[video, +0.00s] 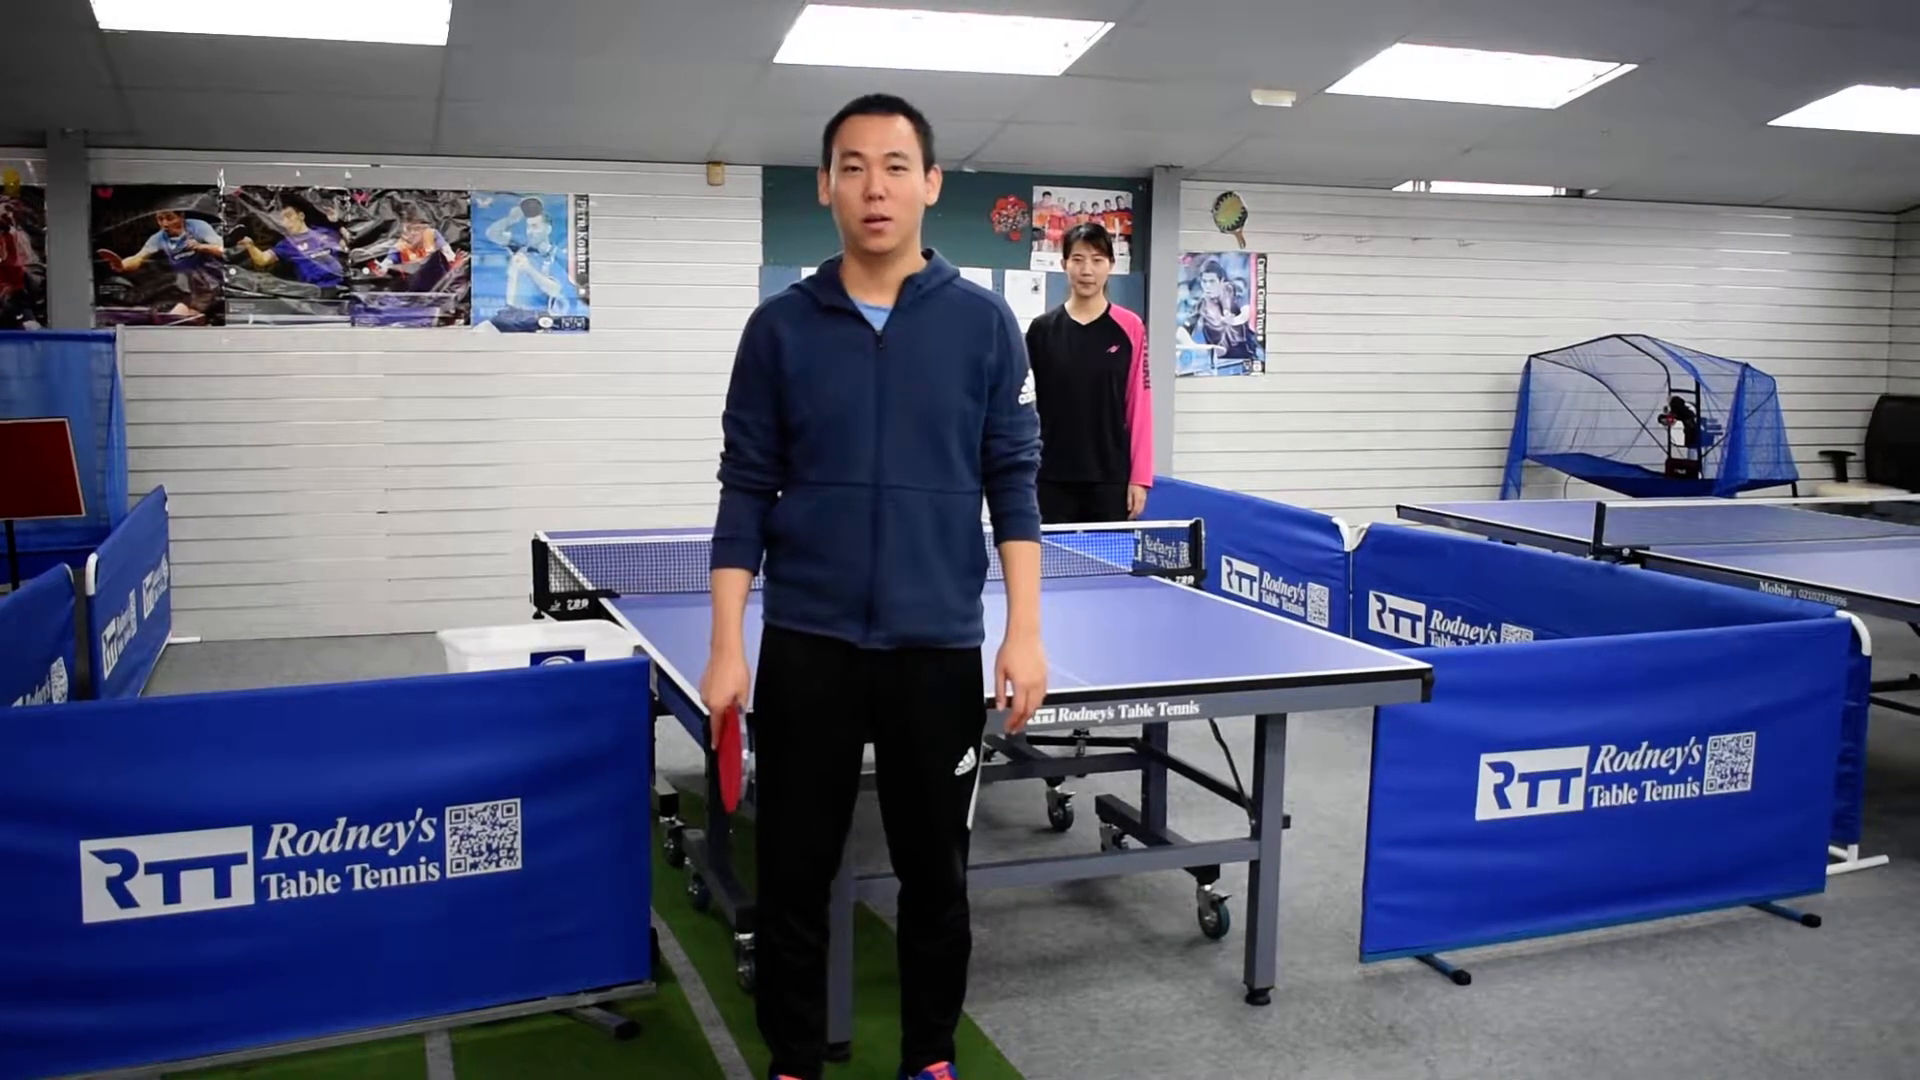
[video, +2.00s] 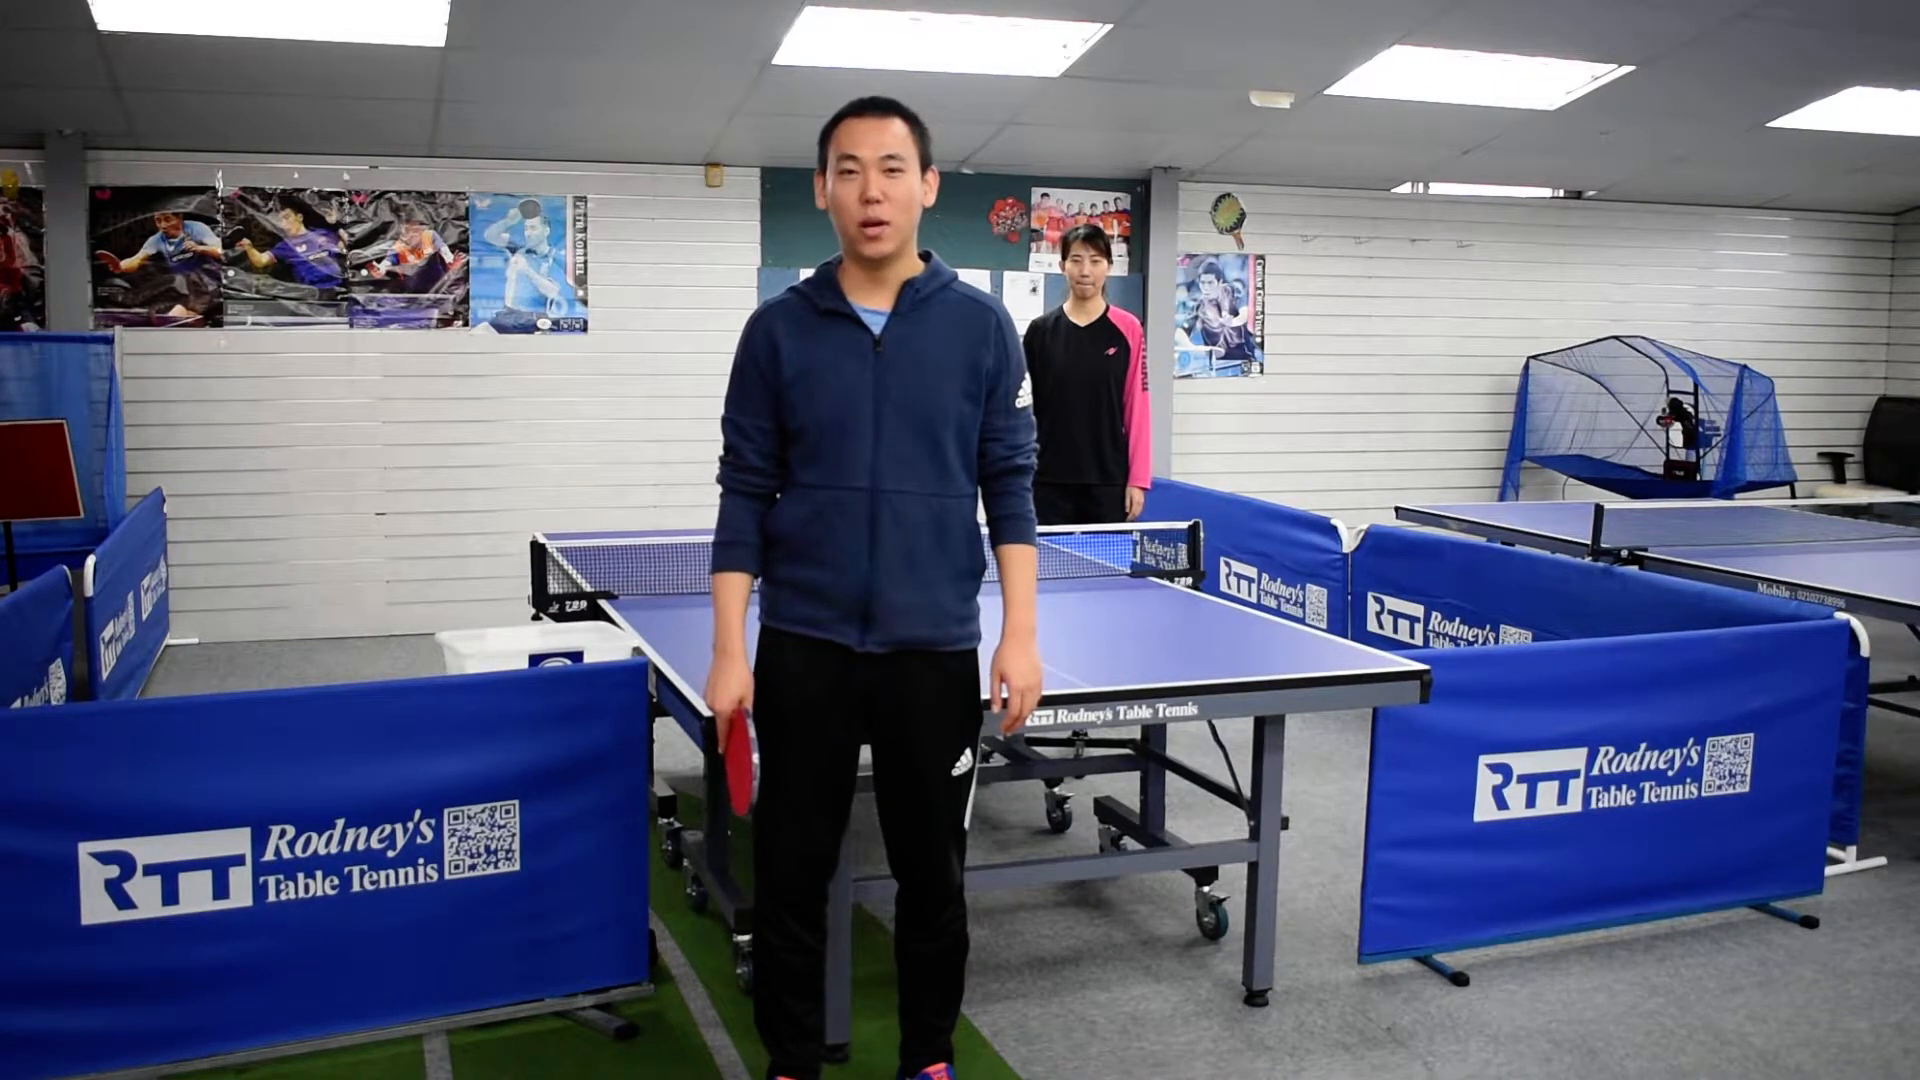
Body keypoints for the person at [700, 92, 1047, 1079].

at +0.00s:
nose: (874, 187)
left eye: (896, 167)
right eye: (853, 167)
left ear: (929, 188)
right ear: (827, 189)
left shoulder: (983, 324)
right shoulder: (780, 326)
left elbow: (1014, 481)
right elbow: (743, 486)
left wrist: (1025, 630)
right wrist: (726, 644)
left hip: (937, 645)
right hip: (808, 643)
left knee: (934, 874)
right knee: (792, 875)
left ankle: (931, 1059)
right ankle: (792, 1061)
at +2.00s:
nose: (870, 189)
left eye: (892, 169)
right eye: (849, 170)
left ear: (927, 190)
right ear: (824, 193)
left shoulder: (980, 327)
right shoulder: (778, 329)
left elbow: (1011, 486)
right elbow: (742, 490)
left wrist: (1021, 633)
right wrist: (729, 649)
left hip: (933, 645)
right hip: (805, 643)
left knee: (931, 875)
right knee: (790, 875)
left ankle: (929, 1061)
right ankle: (791, 1062)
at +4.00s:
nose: (867, 193)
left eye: (888, 172)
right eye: (846, 174)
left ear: (923, 189)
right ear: (820, 194)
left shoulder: (977, 326)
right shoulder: (775, 330)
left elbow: (1009, 483)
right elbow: (740, 491)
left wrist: (1020, 632)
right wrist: (728, 651)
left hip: (931, 644)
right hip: (804, 642)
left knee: (930, 871)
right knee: (789, 874)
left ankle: (929, 1061)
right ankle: (791, 1061)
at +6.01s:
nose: (870, 185)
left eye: (892, 166)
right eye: (848, 167)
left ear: (926, 187)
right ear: (822, 190)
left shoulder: (979, 326)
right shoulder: (777, 330)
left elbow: (1012, 482)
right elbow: (743, 492)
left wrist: (1023, 631)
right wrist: (732, 653)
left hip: (934, 645)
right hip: (806, 644)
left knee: (932, 875)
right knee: (791, 877)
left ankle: (930, 1060)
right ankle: (791, 1062)